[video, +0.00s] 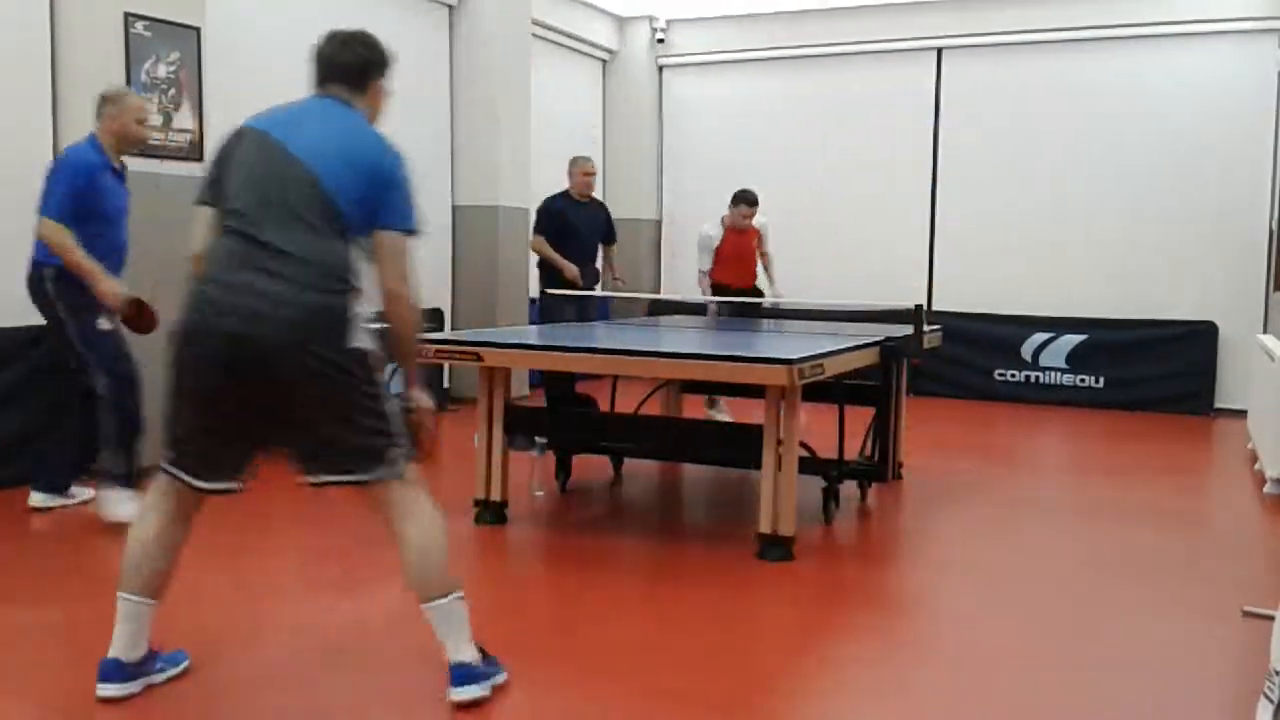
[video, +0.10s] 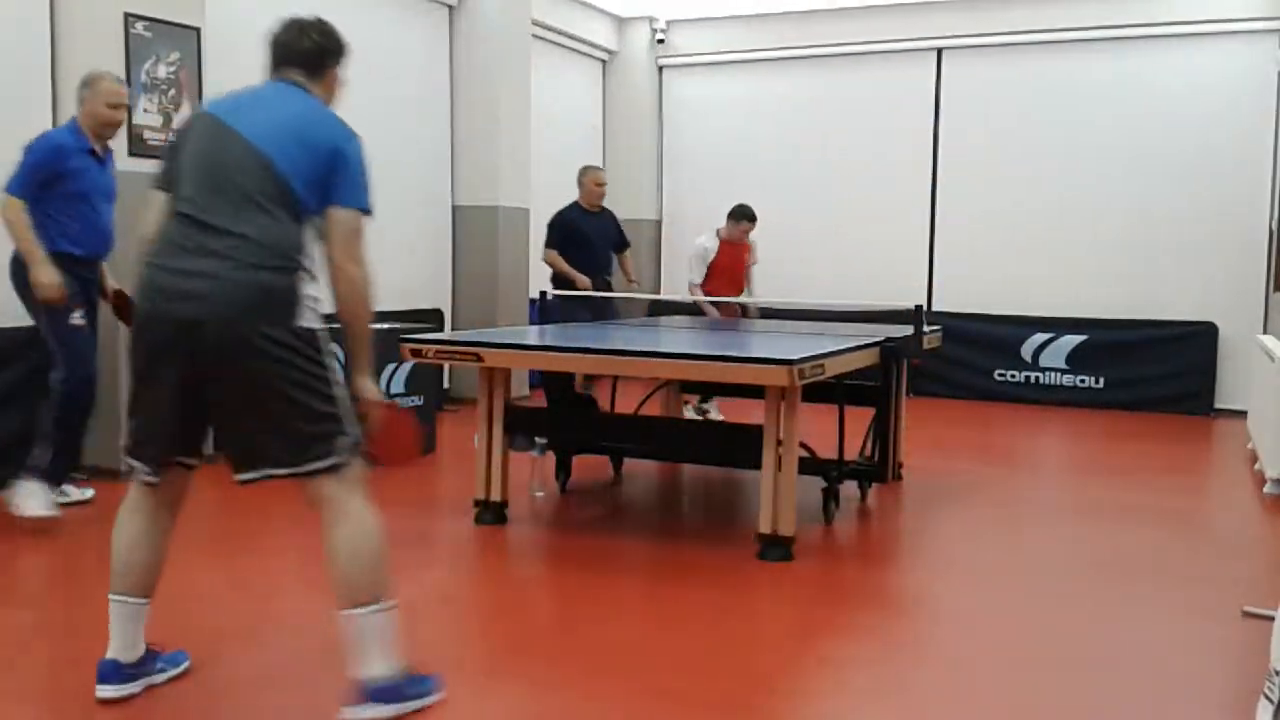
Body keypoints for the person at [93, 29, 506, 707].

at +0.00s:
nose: (385, 100)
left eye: (383, 89)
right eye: (385, 89)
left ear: (319, 79)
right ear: (373, 88)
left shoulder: (251, 131)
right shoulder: (378, 155)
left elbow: (203, 252)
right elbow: (396, 297)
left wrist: (225, 324)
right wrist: (417, 384)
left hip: (214, 331)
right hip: (312, 340)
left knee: (174, 487)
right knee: (400, 488)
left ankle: (124, 656)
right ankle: (464, 661)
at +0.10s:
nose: (341, 90)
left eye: (339, 79)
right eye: (341, 79)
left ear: (275, 65)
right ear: (329, 75)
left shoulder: (207, 114)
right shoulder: (332, 135)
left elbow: (153, 234)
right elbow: (345, 260)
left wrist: (158, 312)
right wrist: (363, 371)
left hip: (163, 316)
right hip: (258, 321)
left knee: (155, 481)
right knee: (340, 483)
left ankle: (122, 658)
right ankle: (378, 674)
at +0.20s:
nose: (300, 62)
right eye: (300, 51)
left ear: (232, 41)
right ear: (291, 49)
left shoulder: (166, 97)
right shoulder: (295, 114)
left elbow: (102, 215)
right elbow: (309, 241)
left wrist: (99, 315)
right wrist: (326, 351)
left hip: (132, 311)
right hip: (222, 315)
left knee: (144, 479)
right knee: (277, 478)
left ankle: (122, 658)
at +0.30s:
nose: (260, 35)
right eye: (260, 26)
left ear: (192, 21)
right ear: (256, 28)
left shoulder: (135, 86)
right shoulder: (266, 99)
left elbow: (73, 203)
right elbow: (282, 227)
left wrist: (56, 301)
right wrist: (302, 340)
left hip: (104, 312)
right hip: (195, 316)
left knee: (120, 487)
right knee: (216, 484)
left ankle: (121, 659)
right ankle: (139, 687)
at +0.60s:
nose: (195, 9)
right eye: (193, 3)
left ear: (116, 2)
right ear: (182, 5)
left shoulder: (75, 66)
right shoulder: (187, 75)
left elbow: (42, 202)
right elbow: (227, 224)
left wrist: (40, 286)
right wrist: (269, 309)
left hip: (59, 296)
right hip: (113, 308)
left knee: (105, 493)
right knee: (67, 504)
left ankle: (122, 657)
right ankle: (26, 703)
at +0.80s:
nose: (167, 7)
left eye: (163, 2)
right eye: (167, 2)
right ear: (157, 1)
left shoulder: (44, 58)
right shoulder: (147, 70)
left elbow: (28, 186)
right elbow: (172, 221)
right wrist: (229, 310)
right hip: (81, 312)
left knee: (124, 475)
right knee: (46, 510)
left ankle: (121, 649)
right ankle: (23, 704)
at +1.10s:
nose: (163, 5)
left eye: (158, 2)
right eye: (161, 2)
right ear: (151, 1)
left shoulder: (38, 62)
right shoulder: (139, 69)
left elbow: (23, 201)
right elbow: (151, 217)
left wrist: (48, 286)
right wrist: (190, 334)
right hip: (91, 310)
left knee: (148, 473)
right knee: (56, 515)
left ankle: (145, 649)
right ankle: (23, 704)